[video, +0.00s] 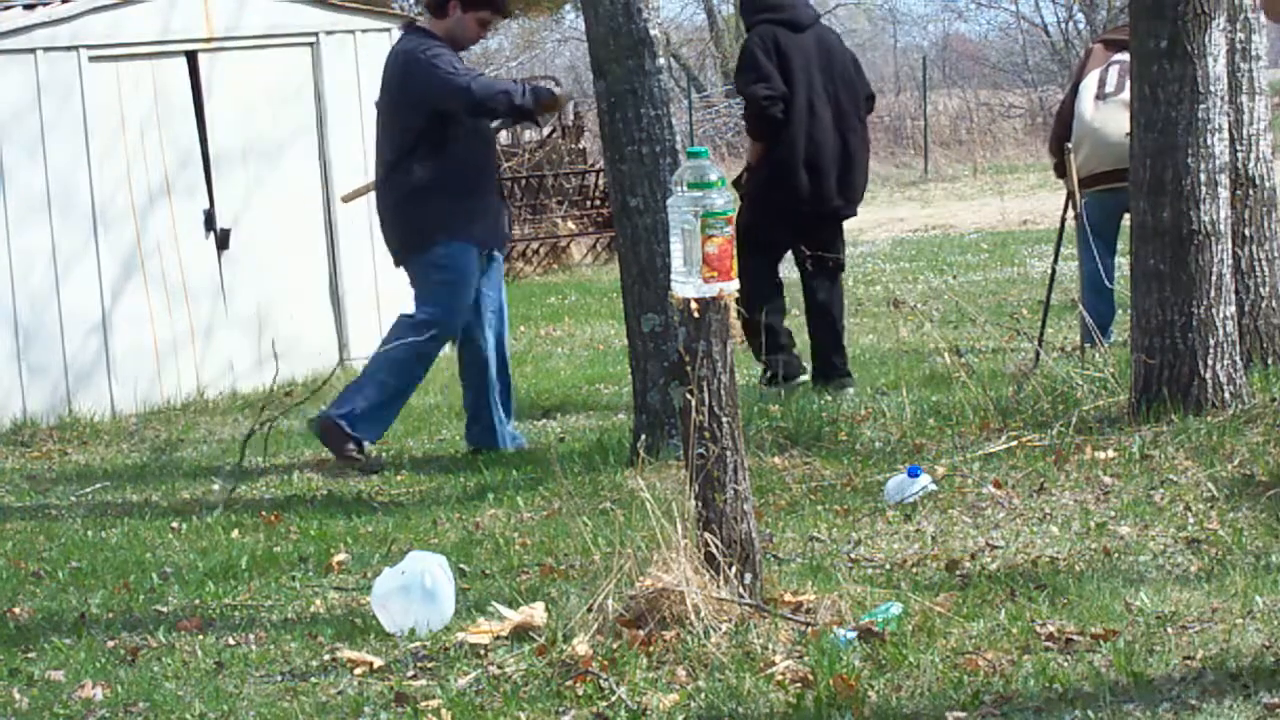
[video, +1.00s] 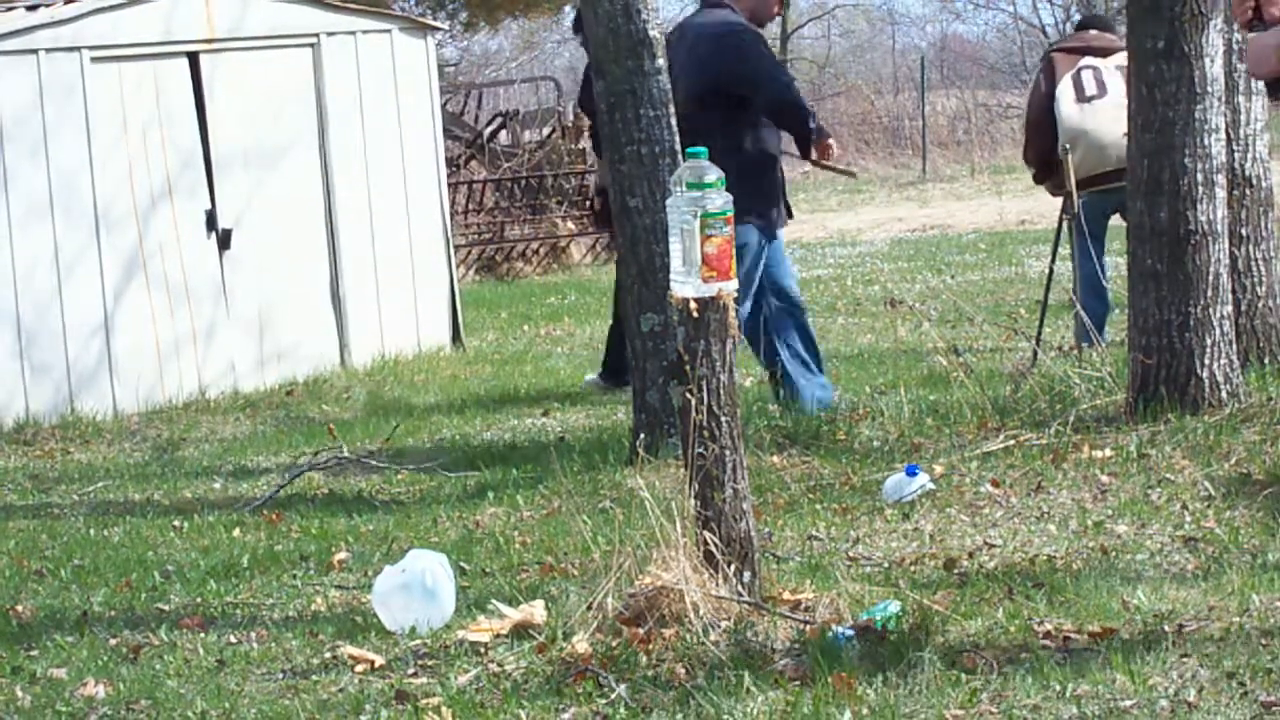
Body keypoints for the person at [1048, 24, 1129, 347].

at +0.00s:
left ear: (1120, 24)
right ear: (1153, 23)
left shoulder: (1096, 51)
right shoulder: (1166, 49)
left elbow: (1068, 110)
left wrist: (1061, 162)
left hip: (1099, 169)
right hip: (1153, 171)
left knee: (1096, 257)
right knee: (1158, 258)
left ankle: (1095, 343)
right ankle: (1163, 342)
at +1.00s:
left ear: (1075, 32)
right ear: (1114, 32)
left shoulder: (1056, 61)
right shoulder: (1133, 56)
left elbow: (1037, 121)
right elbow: (1158, 110)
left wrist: (1048, 176)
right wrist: (1158, 160)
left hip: (1086, 177)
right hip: (1140, 171)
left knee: (1088, 258)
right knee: (1155, 251)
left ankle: (1090, 339)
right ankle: (1163, 333)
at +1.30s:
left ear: (1037, 35)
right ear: (1073, 30)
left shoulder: (1026, 62)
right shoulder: (1108, 51)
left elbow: (1018, 129)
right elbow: (1140, 101)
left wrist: (1036, 183)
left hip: (1072, 177)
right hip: (1126, 166)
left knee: (1079, 264)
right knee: (1148, 250)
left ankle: (1088, 342)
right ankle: (1169, 328)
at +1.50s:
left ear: (1021, 38)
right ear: (1058, 30)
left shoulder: (1016, 65)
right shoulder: (1093, 50)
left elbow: (1014, 132)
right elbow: (1130, 96)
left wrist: (1025, 181)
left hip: (1064, 177)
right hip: (1120, 163)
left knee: (1075, 255)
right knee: (1122, 216)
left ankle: (1087, 341)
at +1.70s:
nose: (1017, 13)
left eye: (1018, 8)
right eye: (1020, 6)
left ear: (1025, 15)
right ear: (1054, 11)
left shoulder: (1016, 58)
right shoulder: (1096, 37)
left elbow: (1010, 126)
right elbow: (1125, 95)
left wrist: (1024, 180)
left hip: (1059, 171)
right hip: (1114, 159)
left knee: (1072, 251)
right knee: (1110, 236)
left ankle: (1086, 333)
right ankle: (1114, 315)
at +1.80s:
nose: (1017, 75)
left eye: (1018, 66)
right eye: (1015, 67)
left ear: (1028, 57)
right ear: (1056, 44)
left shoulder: (1026, 79)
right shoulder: (1099, 60)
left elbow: (1024, 133)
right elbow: (1126, 117)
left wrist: (1032, 179)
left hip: (1064, 170)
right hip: (1115, 162)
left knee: (1068, 249)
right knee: (1105, 245)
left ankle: (1085, 331)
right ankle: (1107, 325)